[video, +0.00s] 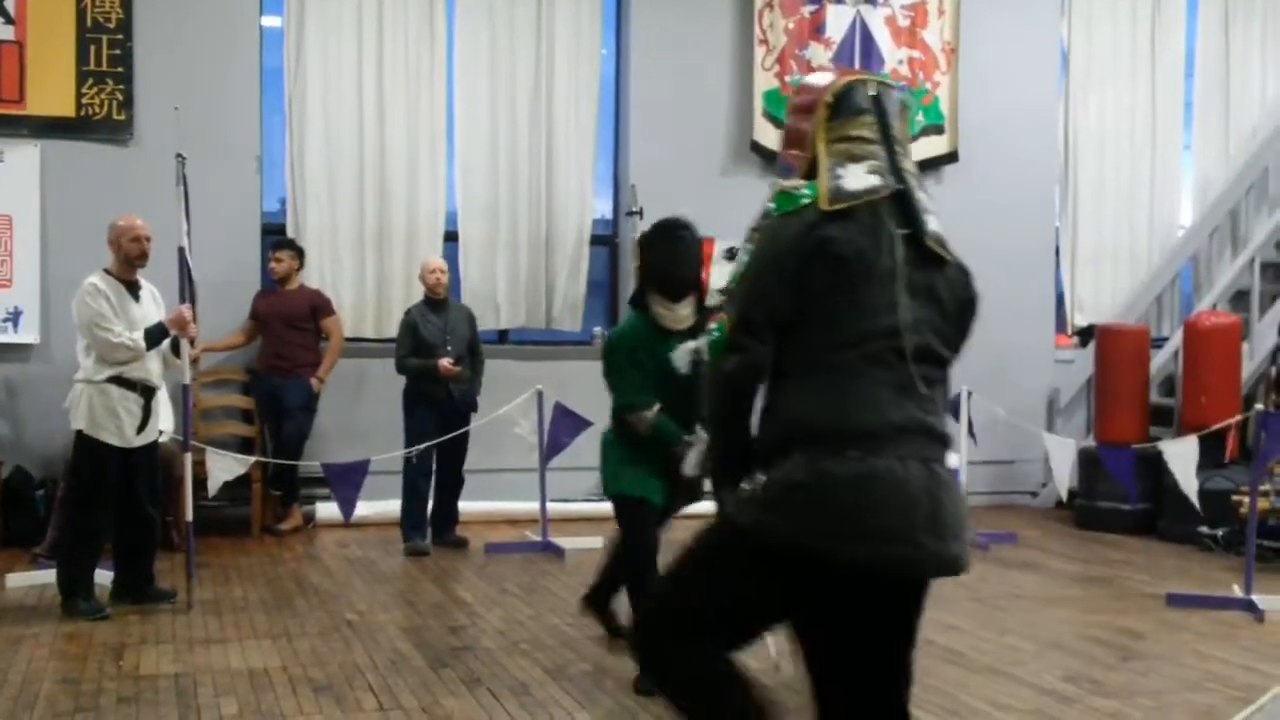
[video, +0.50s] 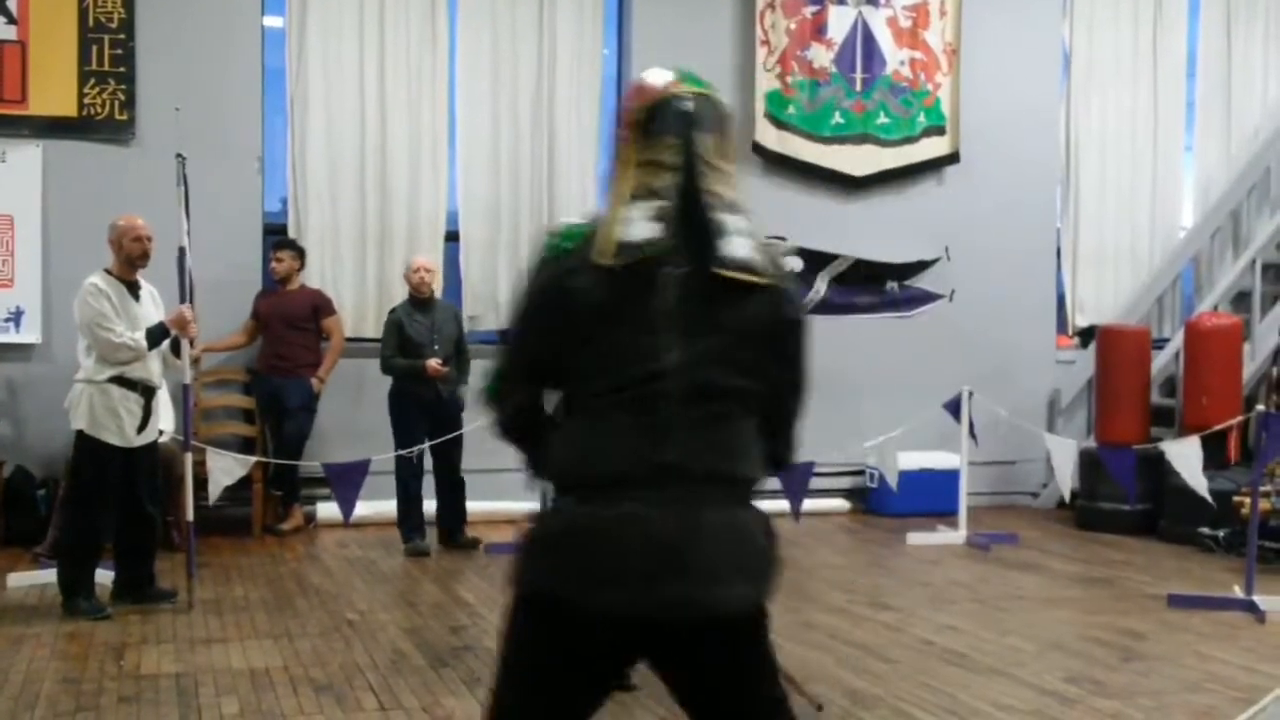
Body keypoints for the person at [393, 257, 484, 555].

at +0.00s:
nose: (438, 277)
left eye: (443, 272)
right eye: (432, 272)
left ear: (449, 277)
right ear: (422, 279)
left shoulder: (464, 315)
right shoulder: (413, 317)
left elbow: (476, 357)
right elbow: (402, 363)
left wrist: (472, 391)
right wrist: (434, 365)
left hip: (457, 401)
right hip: (422, 401)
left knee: (451, 469)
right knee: (418, 468)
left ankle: (444, 530)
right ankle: (415, 535)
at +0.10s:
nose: (433, 276)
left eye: (438, 271)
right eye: (427, 272)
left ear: (445, 277)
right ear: (418, 279)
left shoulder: (460, 315)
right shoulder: (408, 317)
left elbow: (472, 355)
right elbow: (397, 362)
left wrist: (469, 391)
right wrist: (431, 364)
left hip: (454, 400)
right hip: (418, 401)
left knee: (450, 468)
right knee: (416, 468)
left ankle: (444, 529)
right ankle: (414, 536)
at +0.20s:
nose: (432, 277)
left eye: (437, 271)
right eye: (426, 272)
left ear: (444, 277)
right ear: (416, 279)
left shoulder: (458, 315)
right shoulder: (406, 317)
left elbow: (471, 356)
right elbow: (396, 362)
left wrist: (467, 391)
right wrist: (429, 364)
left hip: (453, 400)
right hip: (416, 401)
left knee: (452, 468)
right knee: (416, 468)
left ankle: (447, 528)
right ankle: (415, 536)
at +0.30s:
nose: (430, 276)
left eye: (434, 271)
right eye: (424, 271)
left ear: (441, 277)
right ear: (413, 279)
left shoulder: (454, 314)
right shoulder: (403, 316)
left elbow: (467, 356)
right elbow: (393, 362)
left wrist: (464, 391)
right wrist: (427, 364)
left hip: (450, 400)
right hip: (413, 401)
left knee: (455, 467)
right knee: (414, 468)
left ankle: (449, 527)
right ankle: (416, 536)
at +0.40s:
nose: (427, 276)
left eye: (431, 271)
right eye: (421, 271)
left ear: (438, 277)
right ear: (410, 278)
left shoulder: (453, 312)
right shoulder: (401, 316)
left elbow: (465, 355)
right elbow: (390, 362)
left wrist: (462, 391)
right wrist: (425, 365)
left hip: (448, 399)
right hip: (411, 400)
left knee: (456, 465)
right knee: (412, 468)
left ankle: (450, 525)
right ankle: (415, 535)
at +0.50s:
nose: (422, 276)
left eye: (428, 271)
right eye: (416, 271)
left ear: (435, 277)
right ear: (407, 278)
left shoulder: (450, 313)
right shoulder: (397, 317)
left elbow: (462, 355)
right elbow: (388, 363)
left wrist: (458, 385)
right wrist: (422, 366)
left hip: (445, 399)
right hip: (408, 400)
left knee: (449, 469)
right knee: (410, 469)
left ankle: (452, 531)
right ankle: (413, 536)